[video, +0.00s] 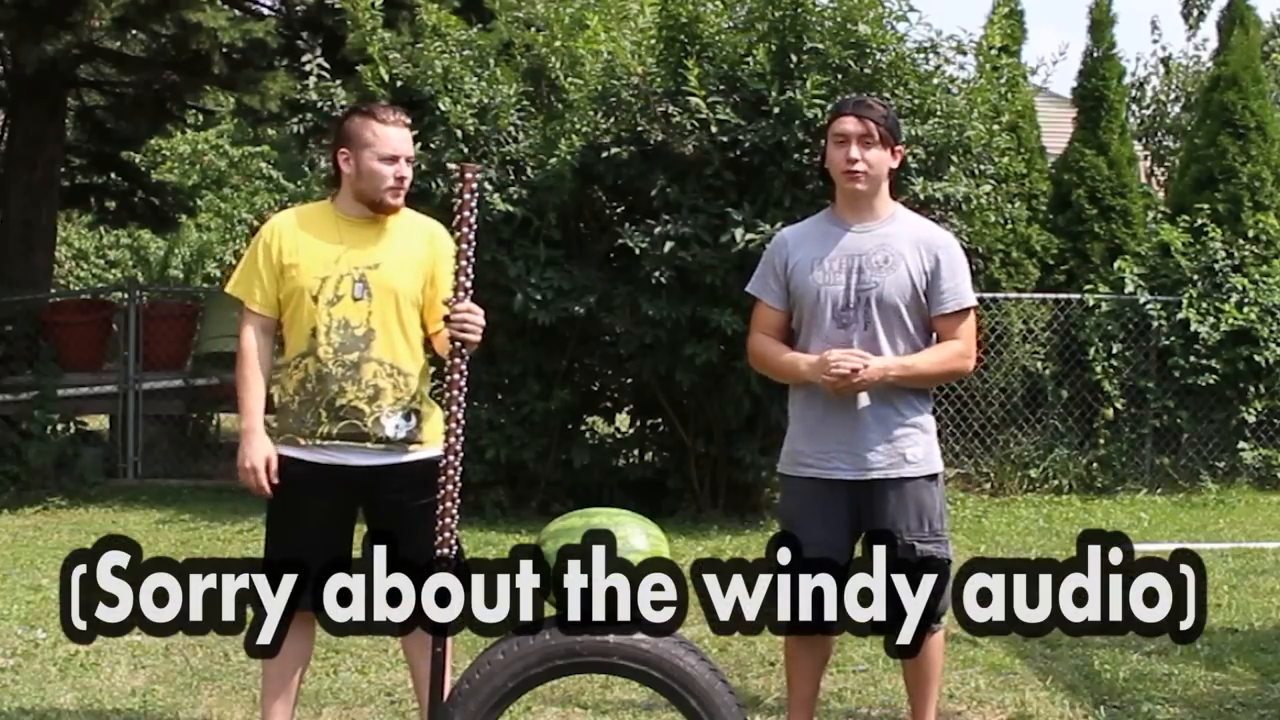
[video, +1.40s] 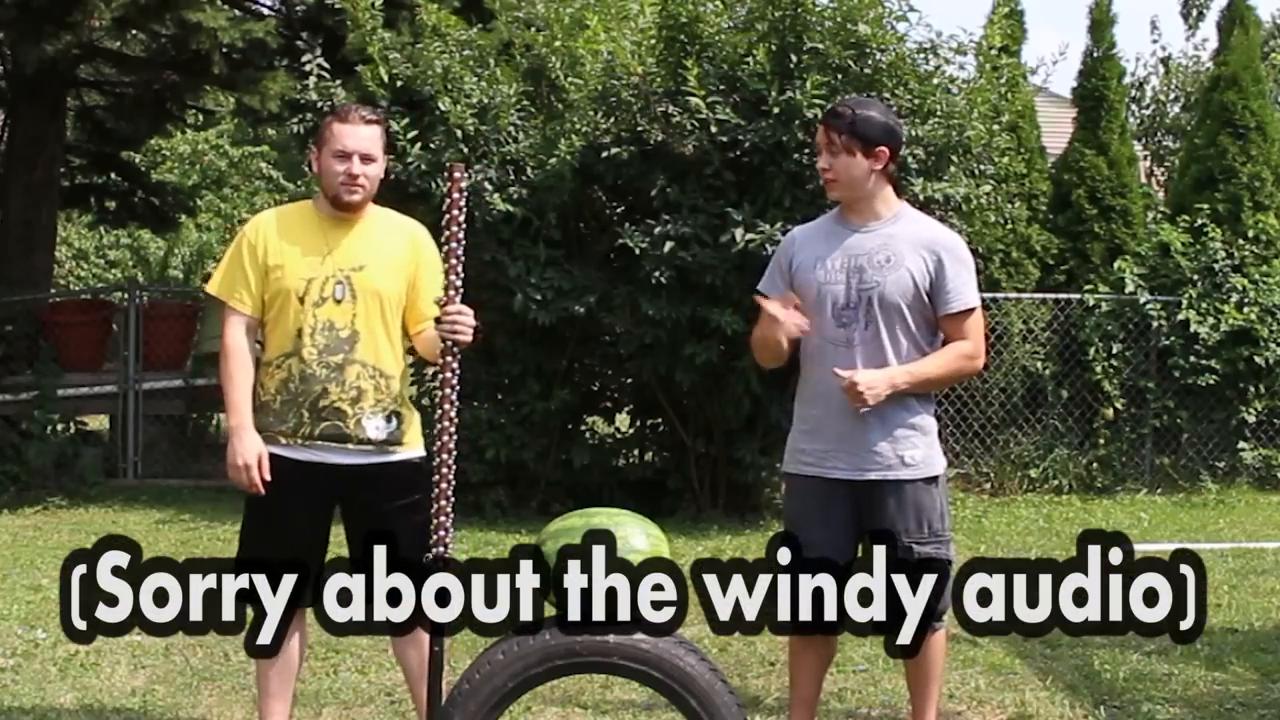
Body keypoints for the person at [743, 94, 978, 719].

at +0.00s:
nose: (853, 153)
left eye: (867, 143)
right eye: (841, 142)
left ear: (892, 156)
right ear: (825, 156)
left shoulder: (933, 244)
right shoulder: (790, 244)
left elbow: (962, 352)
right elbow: (760, 345)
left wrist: (884, 369)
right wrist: (808, 366)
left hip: (905, 465)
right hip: (813, 464)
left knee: (922, 610)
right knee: (805, 609)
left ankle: (923, 717)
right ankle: (799, 717)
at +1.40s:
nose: (821, 164)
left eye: (835, 153)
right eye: (820, 152)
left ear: (880, 159)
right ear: (820, 156)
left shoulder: (938, 245)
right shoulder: (798, 244)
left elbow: (970, 351)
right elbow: (767, 356)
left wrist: (893, 378)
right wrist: (773, 326)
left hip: (906, 467)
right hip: (816, 464)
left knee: (923, 611)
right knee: (810, 610)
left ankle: (924, 717)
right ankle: (800, 716)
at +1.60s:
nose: (819, 165)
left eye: (832, 153)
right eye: (818, 152)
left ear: (879, 158)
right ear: (829, 157)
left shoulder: (938, 244)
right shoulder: (801, 242)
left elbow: (970, 350)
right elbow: (746, 327)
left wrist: (889, 375)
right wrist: (705, 265)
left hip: (908, 467)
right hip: (817, 464)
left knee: (923, 611)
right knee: (811, 610)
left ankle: (925, 716)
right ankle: (800, 717)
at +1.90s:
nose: (818, 163)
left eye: (831, 152)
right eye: (817, 150)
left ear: (876, 159)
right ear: (826, 156)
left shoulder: (935, 245)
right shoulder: (802, 243)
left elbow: (967, 351)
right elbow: (765, 332)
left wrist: (888, 376)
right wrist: (694, 338)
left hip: (906, 467)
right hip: (816, 464)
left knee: (922, 611)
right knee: (812, 609)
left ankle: (924, 717)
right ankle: (800, 716)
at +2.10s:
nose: (810, 165)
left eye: (823, 153)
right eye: (809, 152)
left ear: (867, 157)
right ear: (834, 158)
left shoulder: (929, 245)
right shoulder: (798, 245)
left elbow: (961, 350)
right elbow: (780, 334)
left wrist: (874, 381)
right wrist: (784, 366)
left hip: (901, 467)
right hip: (813, 466)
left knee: (920, 611)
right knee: (809, 610)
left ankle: (924, 716)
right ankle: (799, 716)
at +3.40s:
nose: (821, 161)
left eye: (834, 151)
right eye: (821, 149)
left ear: (879, 158)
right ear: (829, 156)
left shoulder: (935, 245)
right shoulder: (805, 244)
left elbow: (964, 353)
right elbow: (762, 328)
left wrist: (875, 377)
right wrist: (697, 322)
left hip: (906, 468)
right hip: (817, 466)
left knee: (923, 612)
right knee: (812, 609)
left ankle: (925, 717)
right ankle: (800, 716)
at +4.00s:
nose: (828, 150)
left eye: (842, 141)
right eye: (831, 139)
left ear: (884, 158)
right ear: (861, 156)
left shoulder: (935, 247)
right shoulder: (807, 239)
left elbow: (955, 357)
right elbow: (774, 319)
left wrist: (861, 375)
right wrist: (766, 348)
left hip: (902, 467)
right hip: (813, 462)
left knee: (921, 613)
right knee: (808, 610)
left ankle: (924, 716)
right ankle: (799, 716)